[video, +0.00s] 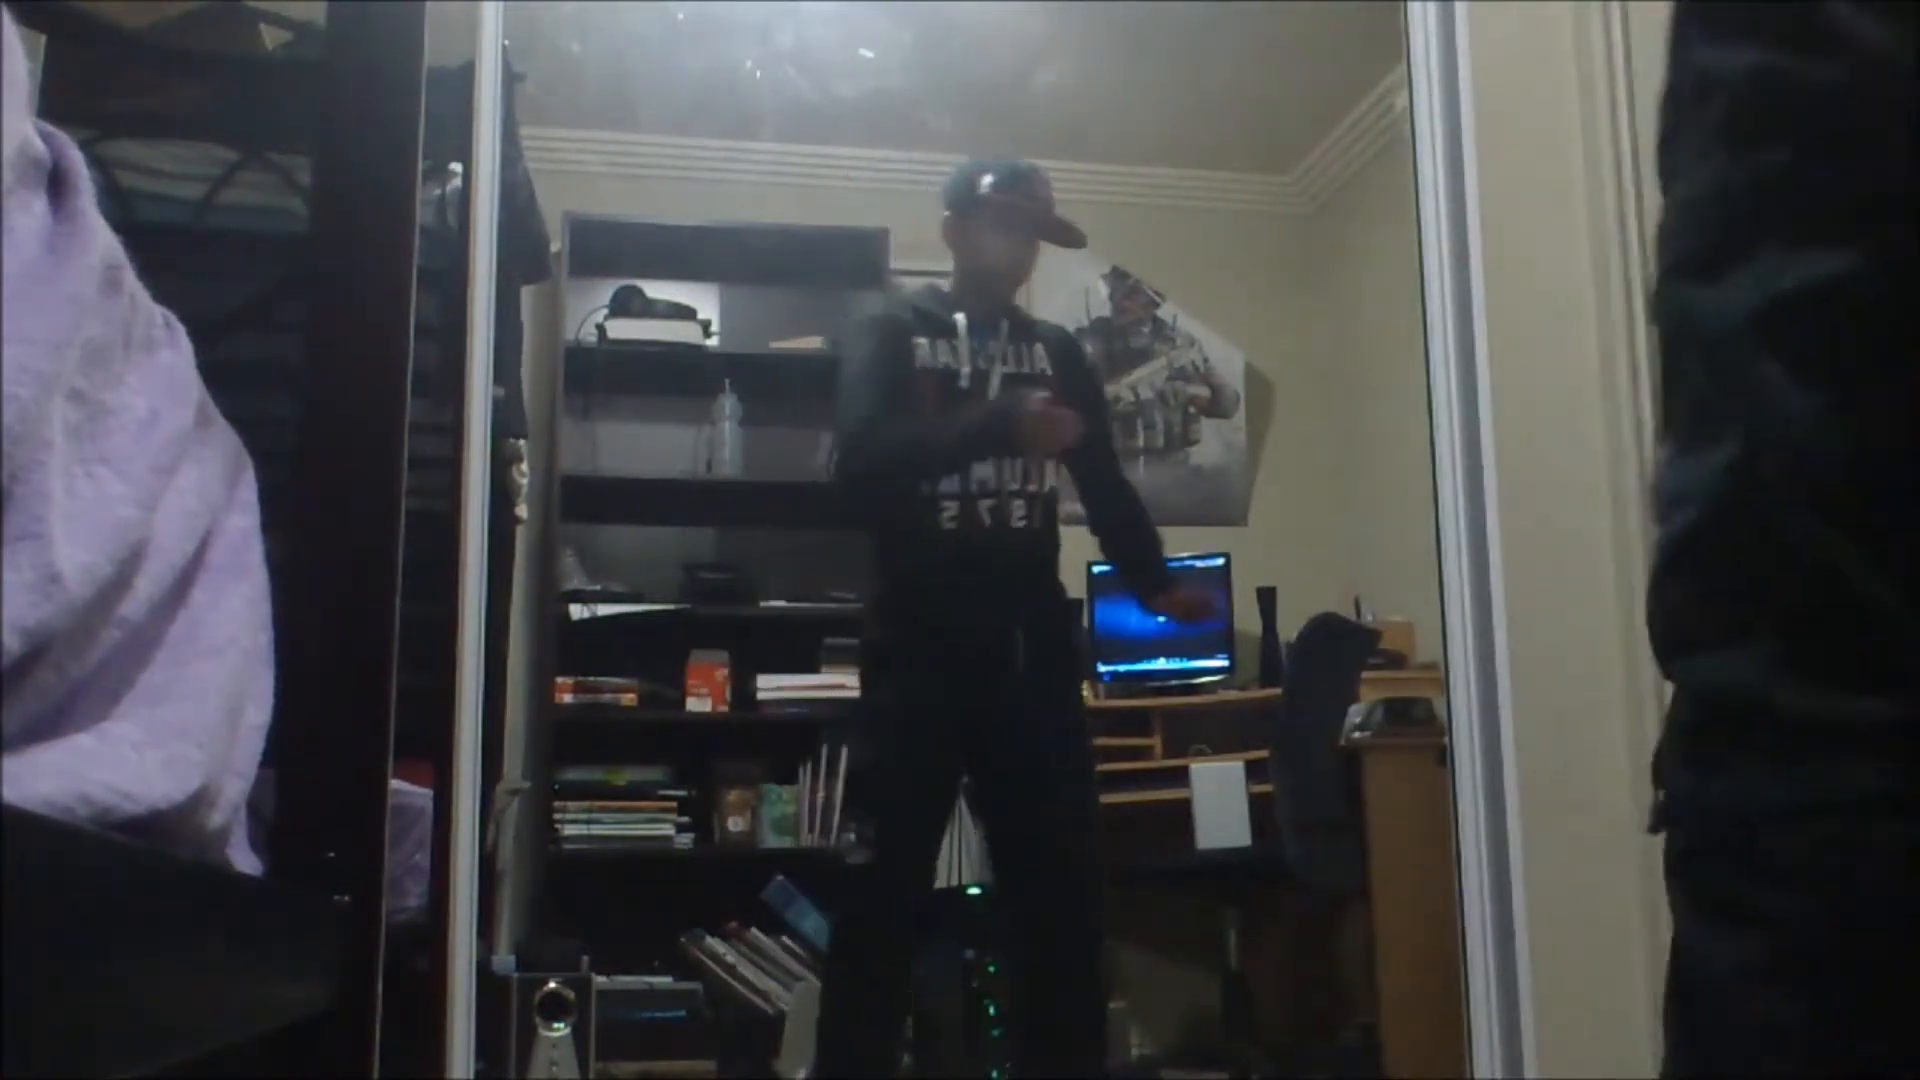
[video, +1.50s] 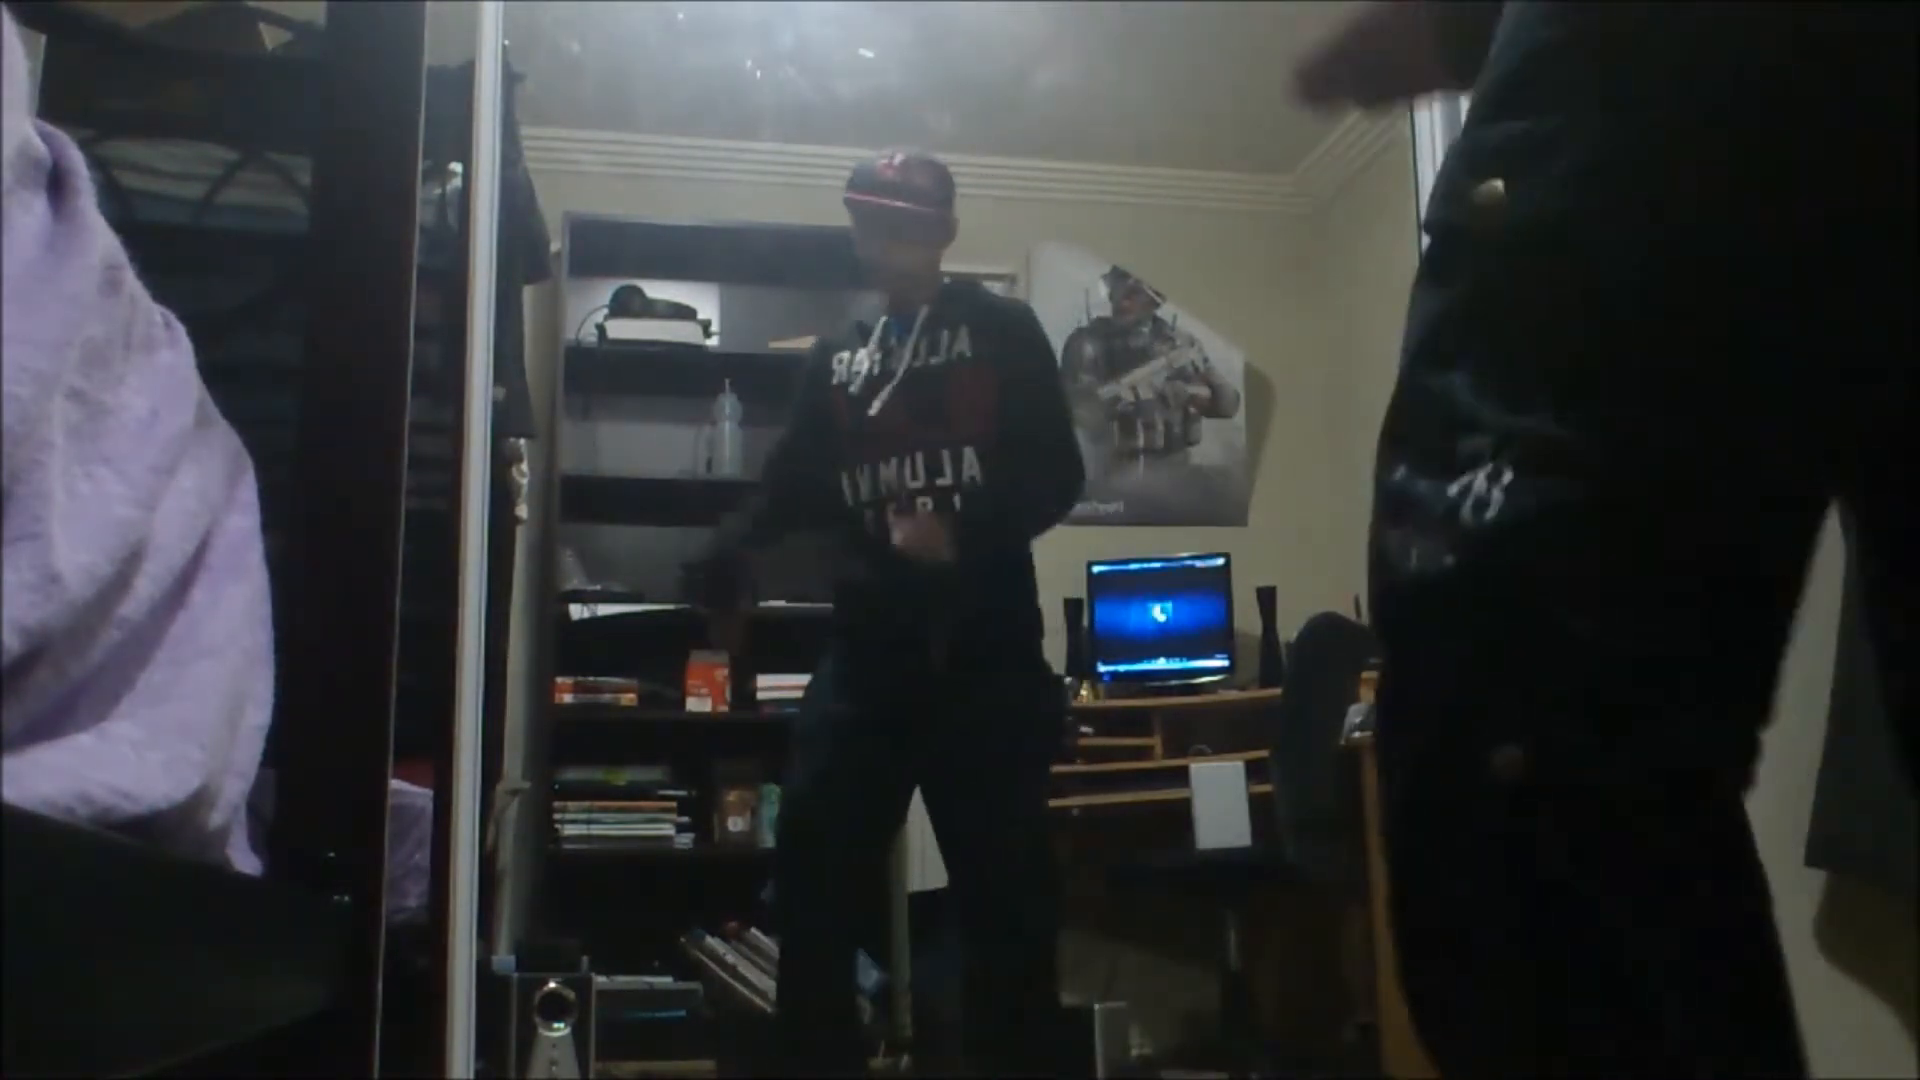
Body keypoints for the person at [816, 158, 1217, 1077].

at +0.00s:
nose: (1022, 248)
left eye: (1034, 233)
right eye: (1004, 227)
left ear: (1043, 242)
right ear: (956, 227)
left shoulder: (1057, 354)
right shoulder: (888, 323)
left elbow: (1102, 480)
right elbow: (862, 456)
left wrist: (1156, 580)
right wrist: (1002, 427)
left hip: (1030, 627)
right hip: (919, 623)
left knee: (1054, 874)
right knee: (890, 875)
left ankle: (1061, 1063)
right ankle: (858, 1065)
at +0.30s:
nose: (1051, 244)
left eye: (1065, 228)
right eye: (1034, 222)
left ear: (1080, 239)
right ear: (988, 228)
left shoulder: (1102, 351)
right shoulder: (923, 332)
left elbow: (1143, 512)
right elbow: (844, 465)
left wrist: (1174, 531)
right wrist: (924, 527)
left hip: (1051, 632)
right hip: (937, 630)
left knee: (1066, 870)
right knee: (905, 869)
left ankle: (1066, 1063)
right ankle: (898, 1064)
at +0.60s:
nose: (1016, 230)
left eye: (1036, 215)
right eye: (1001, 209)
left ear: (1060, 228)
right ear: (967, 217)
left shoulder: (1093, 333)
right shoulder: (908, 333)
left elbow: (1215, 447)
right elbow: (853, 478)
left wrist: (1189, 402)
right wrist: (846, 607)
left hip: (1046, 627)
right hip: (926, 627)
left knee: (1052, 864)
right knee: (867, 852)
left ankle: (1060, 1064)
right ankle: (859, 1063)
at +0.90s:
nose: (974, 237)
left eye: (995, 220)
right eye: (958, 217)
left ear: (1028, 229)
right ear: (934, 224)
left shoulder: (1079, 334)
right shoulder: (887, 334)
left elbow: (1145, 470)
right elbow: (811, 471)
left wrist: (1195, 598)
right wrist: (864, 574)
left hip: (1035, 639)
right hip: (912, 635)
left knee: (1047, 884)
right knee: (852, 871)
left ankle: (1058, 1068)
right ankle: (828, 1068)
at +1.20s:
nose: (933, 239)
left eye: (957, 224)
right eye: (922, 222)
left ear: (996, 234)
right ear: (904, 230)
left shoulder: (1053, 339)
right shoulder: (873, 353)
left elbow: (1098, 493)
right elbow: (853, 523)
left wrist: (1087, 529)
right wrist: (800, 602)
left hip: (1022, 634)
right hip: (904, 634)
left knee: (1054, 869)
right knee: (828, 852)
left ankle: (1055, 1065)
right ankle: (767, 1063)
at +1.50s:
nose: (880, 239)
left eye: (900, 222)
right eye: (868, 223)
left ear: (942, 230)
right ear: (854, 229)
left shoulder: (1004, 332)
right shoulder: (838, 357)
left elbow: (1055, 475)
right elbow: (787, 492)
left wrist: (964, 529)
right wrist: (721, 559)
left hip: (982, 641)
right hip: (868, 643)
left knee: (1001, 873)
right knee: (817, 850)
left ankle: (1011, 1064)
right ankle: (817, 1059)